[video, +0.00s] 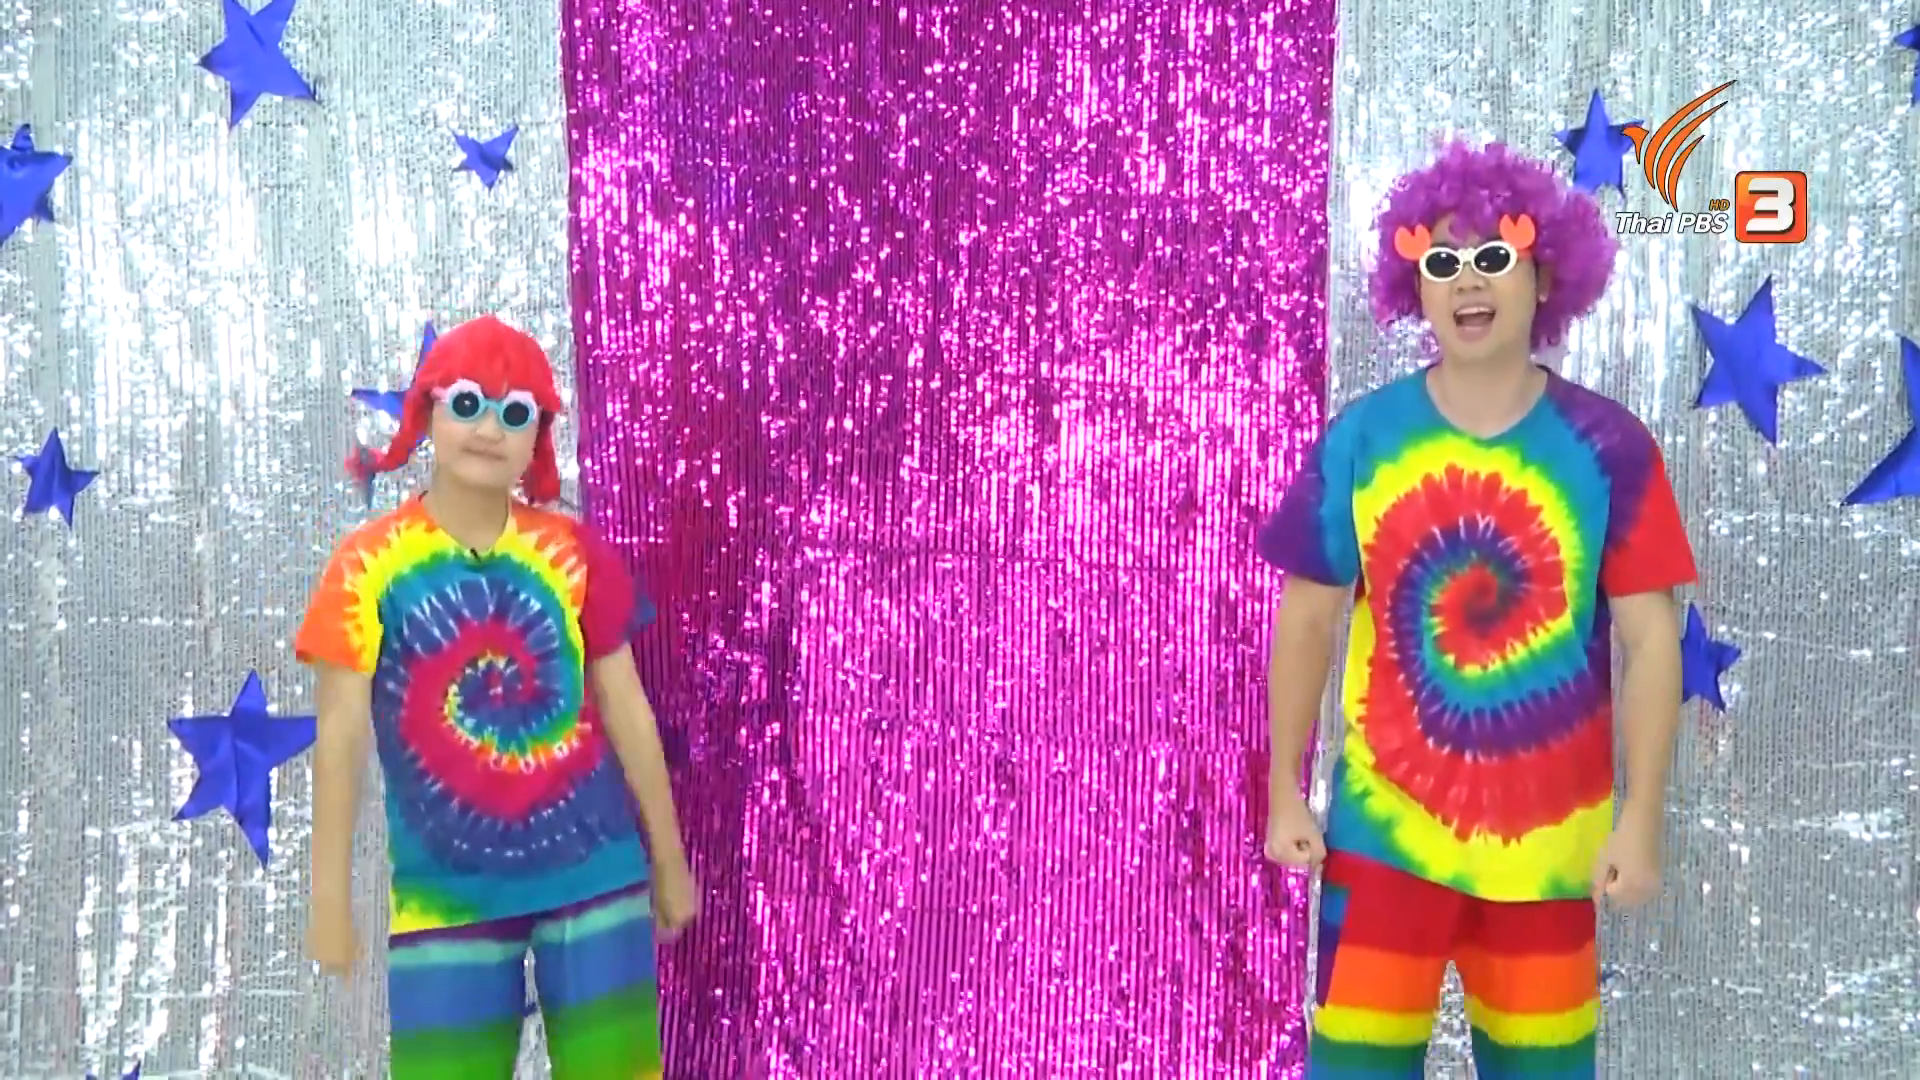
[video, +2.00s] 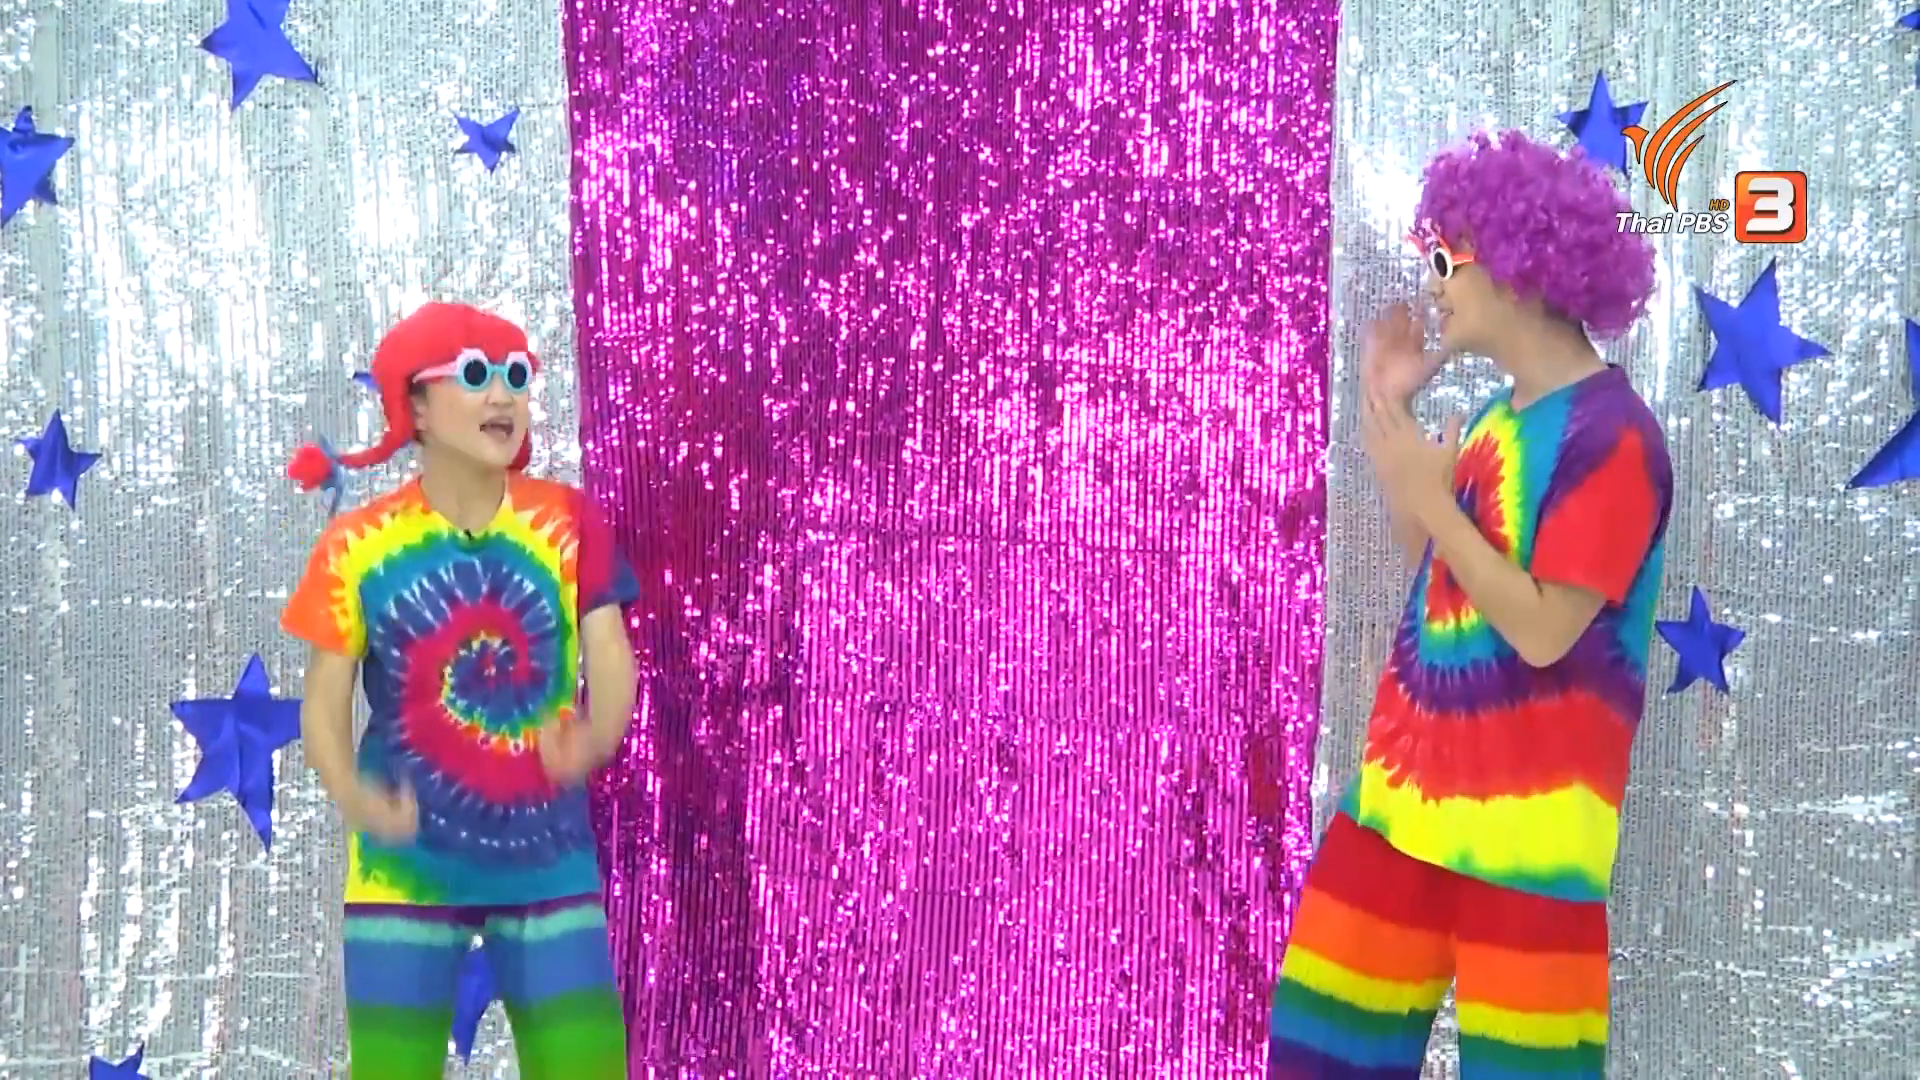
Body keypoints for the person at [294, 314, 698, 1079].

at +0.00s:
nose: (489, 428)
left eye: (514, 412)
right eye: (466, 405)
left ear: (537, 438)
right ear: (427, 422)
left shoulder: (573, 549)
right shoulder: (368, 561)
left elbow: (624, 704)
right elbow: (340, 734)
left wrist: (669, 854)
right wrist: (330, 897)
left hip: (593, 882)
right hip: (445, 896)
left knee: (617, 1067)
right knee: (448, 1069)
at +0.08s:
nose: (484, 403)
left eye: (508, 385)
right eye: (459, 383)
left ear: (536, 409)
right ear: (424, 405)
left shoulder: (577, 535)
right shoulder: (368, 546)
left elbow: (612, 700)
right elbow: (331, 719)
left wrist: (619, 832)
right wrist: (312, 867)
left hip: (585, 866)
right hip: (434, 878)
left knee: (620, 1065)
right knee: (431, 1068)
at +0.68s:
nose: (487, 398)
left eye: (510, 376)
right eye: (462, 380)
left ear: (545, 391)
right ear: (434, 398)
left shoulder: (594, 509)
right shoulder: (393, 519)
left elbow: (629, 662)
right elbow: (357, 674)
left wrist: (677, 722)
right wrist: (265, 762)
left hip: (556, 842)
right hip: (412, 841)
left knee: (566, 1062)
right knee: (374, 1062)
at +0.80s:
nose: (500, 396)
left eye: (524, 376)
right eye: (475, 376)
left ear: (556, 392)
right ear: (443, 392)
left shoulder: (596, 505)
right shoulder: (401, 513)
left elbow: (618, 680)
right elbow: (378, 675)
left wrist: (678, 629)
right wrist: (297, 663)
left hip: (581, 835)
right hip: (446, 836)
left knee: (593, 1063)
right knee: (400, 1062)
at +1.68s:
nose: (476, 383)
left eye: (499, 360)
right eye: (449, 362)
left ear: (528, 382)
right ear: (416, 386)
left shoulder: (567, 500)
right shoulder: (358, 497)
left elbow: (621, 644)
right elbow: (303, 659)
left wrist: (656, 550)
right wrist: (295, 552)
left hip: (537, 838)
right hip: (390, 841)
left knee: (565, 1064)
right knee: (374, 1064)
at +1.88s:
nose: (483, 371)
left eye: (503, 350)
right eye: (455, 352)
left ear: (527, 378)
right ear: (411, 382)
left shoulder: (563, 495)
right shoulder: (356, 507)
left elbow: (623, 648)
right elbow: (294, 676)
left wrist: (624, 563)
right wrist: (324, 603)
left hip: (543, 829)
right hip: (399, 835)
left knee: (573, 1056)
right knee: (383, 1058)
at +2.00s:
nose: (501, 393)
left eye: (516, 375)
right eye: (473, 373)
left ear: (531, 403)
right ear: (414, 407)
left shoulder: (567, 521)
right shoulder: (357, 543)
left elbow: (611, 661)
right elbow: (323, 701)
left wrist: (595, 738)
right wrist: (352, 794)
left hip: (548, 859)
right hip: (405, 865)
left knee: (584, 1064)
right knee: (392, 1067)